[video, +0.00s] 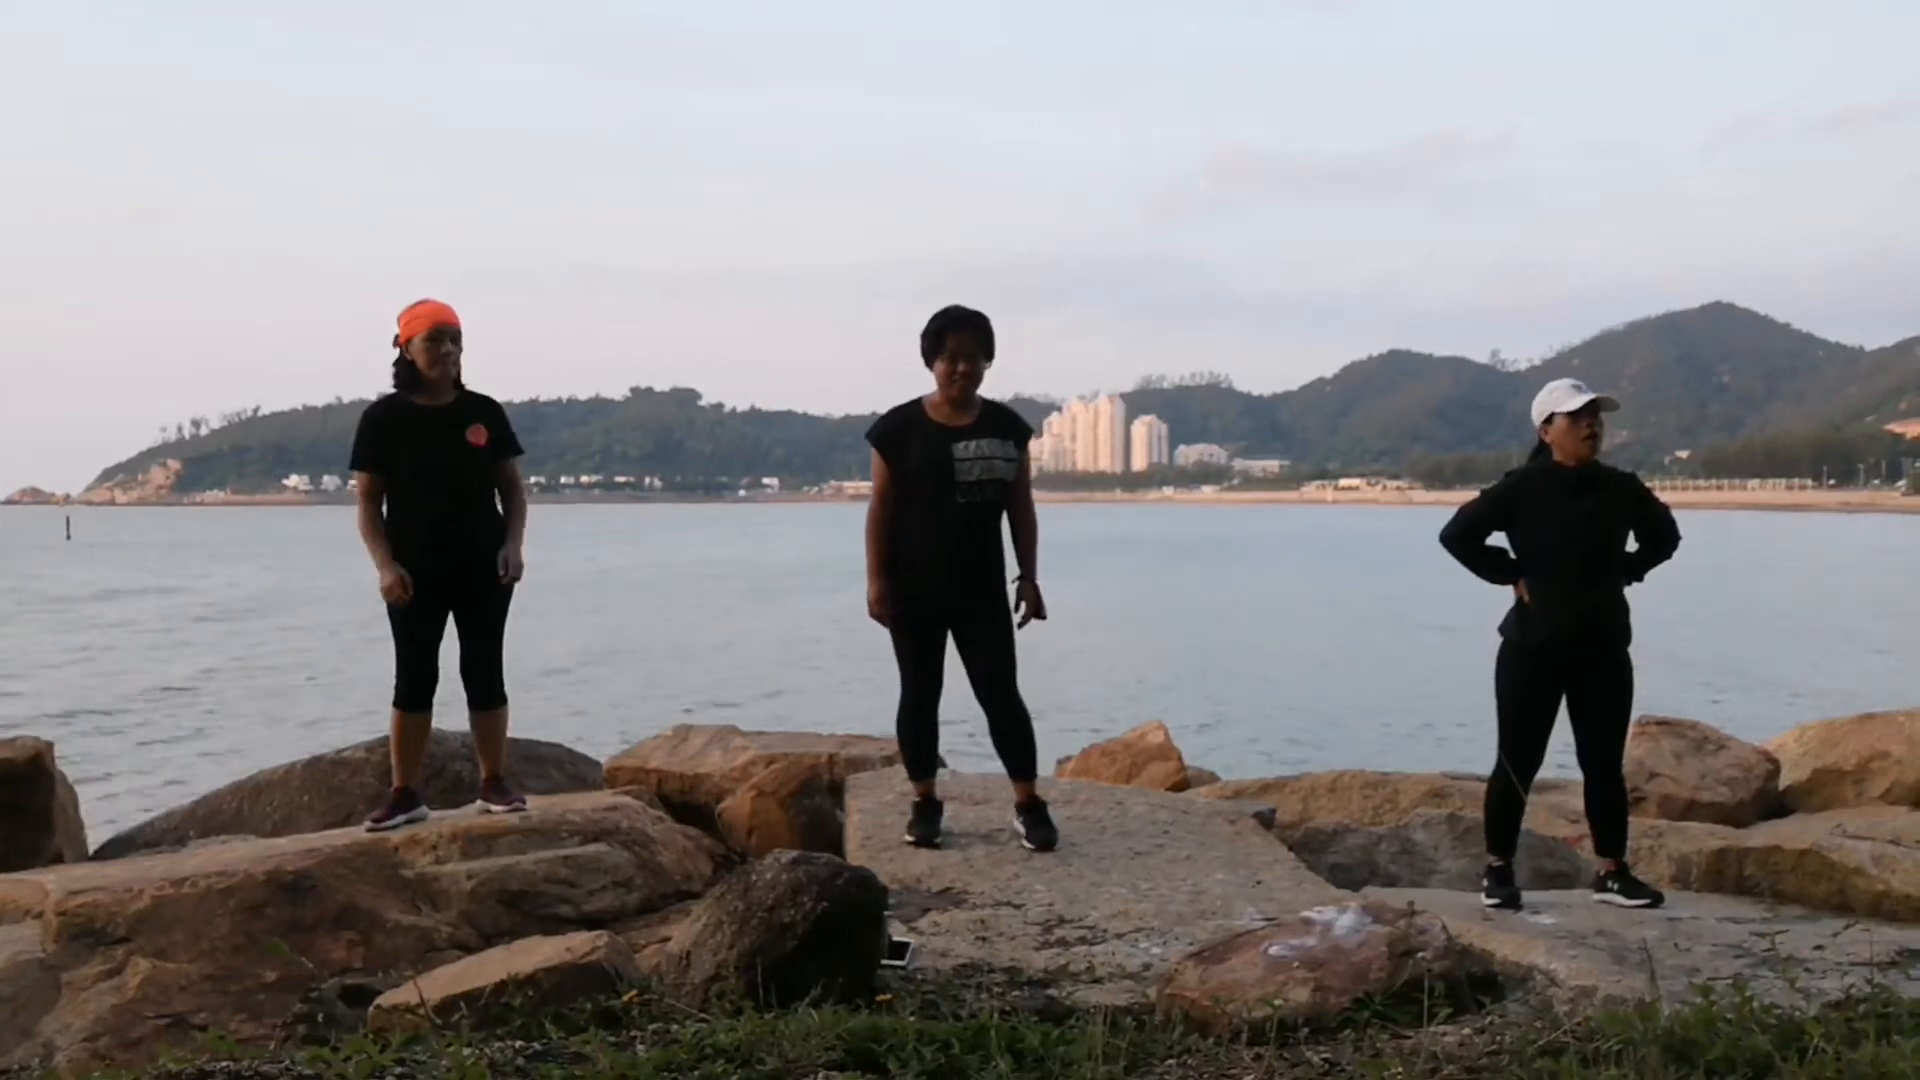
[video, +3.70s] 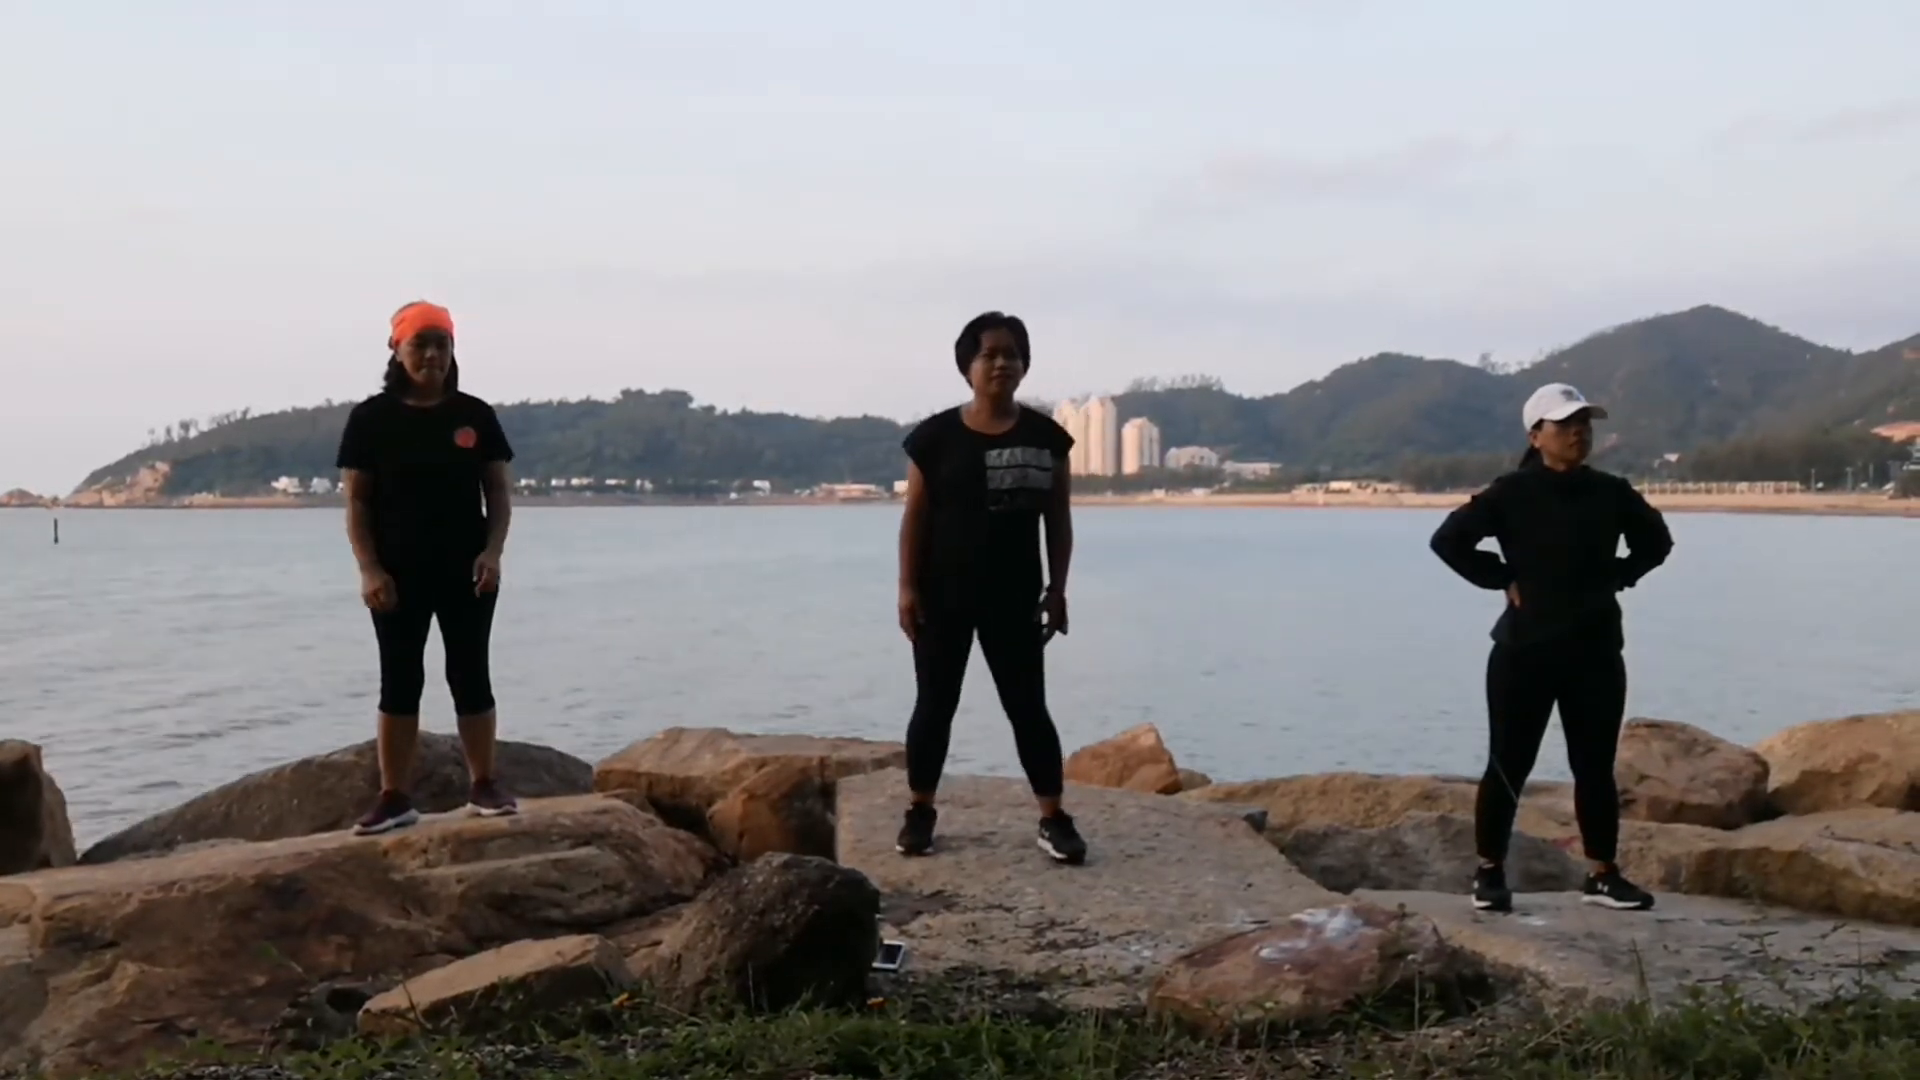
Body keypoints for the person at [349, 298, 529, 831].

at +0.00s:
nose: (446, 348)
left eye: (452, 338)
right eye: (433, 340)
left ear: (461, 346)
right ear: (407, 349)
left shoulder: (485, 412)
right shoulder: (381, 419)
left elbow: (513, 487)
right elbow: (366, 503)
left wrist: (513, 542)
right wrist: (385, 565)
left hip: (481, 569)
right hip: (414, 574)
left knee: (485, 678)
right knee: (413, 685)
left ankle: (493, 783)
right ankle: (405, 792)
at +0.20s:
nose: (442, 348)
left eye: (450, 338)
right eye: (429, 339)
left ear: (461, 346)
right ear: (406, 348)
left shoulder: (486, 411)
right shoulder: (382, 418)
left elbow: (517, 483)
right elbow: (365, 497)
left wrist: (480, 494)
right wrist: (416, 503)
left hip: (483, 566)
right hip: (415, 569)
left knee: (484, 675)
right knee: (413, 681)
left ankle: (493, 782)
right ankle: (404, 792)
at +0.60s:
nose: (442, 349)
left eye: (450, 339)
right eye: (429, 340)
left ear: (462, 346)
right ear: (408, 349)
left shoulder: (488, 412)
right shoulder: (384, 418)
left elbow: (511, 487)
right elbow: (376, 498)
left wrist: (502, 549)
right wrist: (399, 561)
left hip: (480, 566)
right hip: (413, 567)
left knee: (483, 677)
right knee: (409, 683)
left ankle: (492, 782)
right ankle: (403, 792)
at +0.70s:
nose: (442, 349)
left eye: (451, 339)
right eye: (430, 340)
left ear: (464, 347)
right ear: (409, 349)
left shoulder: (488, 414)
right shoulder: (384, 418)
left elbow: (516, 489)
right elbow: (369, 503)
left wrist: (535, 554)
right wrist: (358, 575)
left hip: (481, 569)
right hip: (411, 572)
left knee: (483, 678)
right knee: (406, 686)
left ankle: (493, 783)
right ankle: (402, 794)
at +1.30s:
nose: (447, 349)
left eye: (455, 339)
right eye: (435, 339)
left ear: (467, 347)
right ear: (413, 348)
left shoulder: (490, 414)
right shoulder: (384, 416)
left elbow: (509, 484)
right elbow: (373, 493)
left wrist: (482, 529)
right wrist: (410, 539)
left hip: (480, 562)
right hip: (409, 564)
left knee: (481, 674)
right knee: (408, 680)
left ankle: (491, 783)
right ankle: (401, 793)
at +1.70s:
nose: (445, 348)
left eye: (454, 339)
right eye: (433, 340)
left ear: (466, 348)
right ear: (412, 350)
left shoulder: (489, 416)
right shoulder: (384, 417)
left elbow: (510, 493)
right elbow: (365, 499)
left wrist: (521, 560)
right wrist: (354, 571)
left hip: (477, 569)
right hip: (407, 571)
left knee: (480, 677)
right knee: (404, 684)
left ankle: (490, 783)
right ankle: (399, 794)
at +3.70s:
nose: (431, 354)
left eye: (440, 343)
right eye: (419, 344)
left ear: (451, 350)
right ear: (397, 351)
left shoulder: (475, 416)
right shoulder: (368, 419)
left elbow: (499, 493)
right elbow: (355, 501)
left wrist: (492, 550)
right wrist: (368, 569)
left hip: (464, 570)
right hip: (397, 574)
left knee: (471, 679)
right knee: (399, 686)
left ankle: (483, 787)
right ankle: (393, 796)